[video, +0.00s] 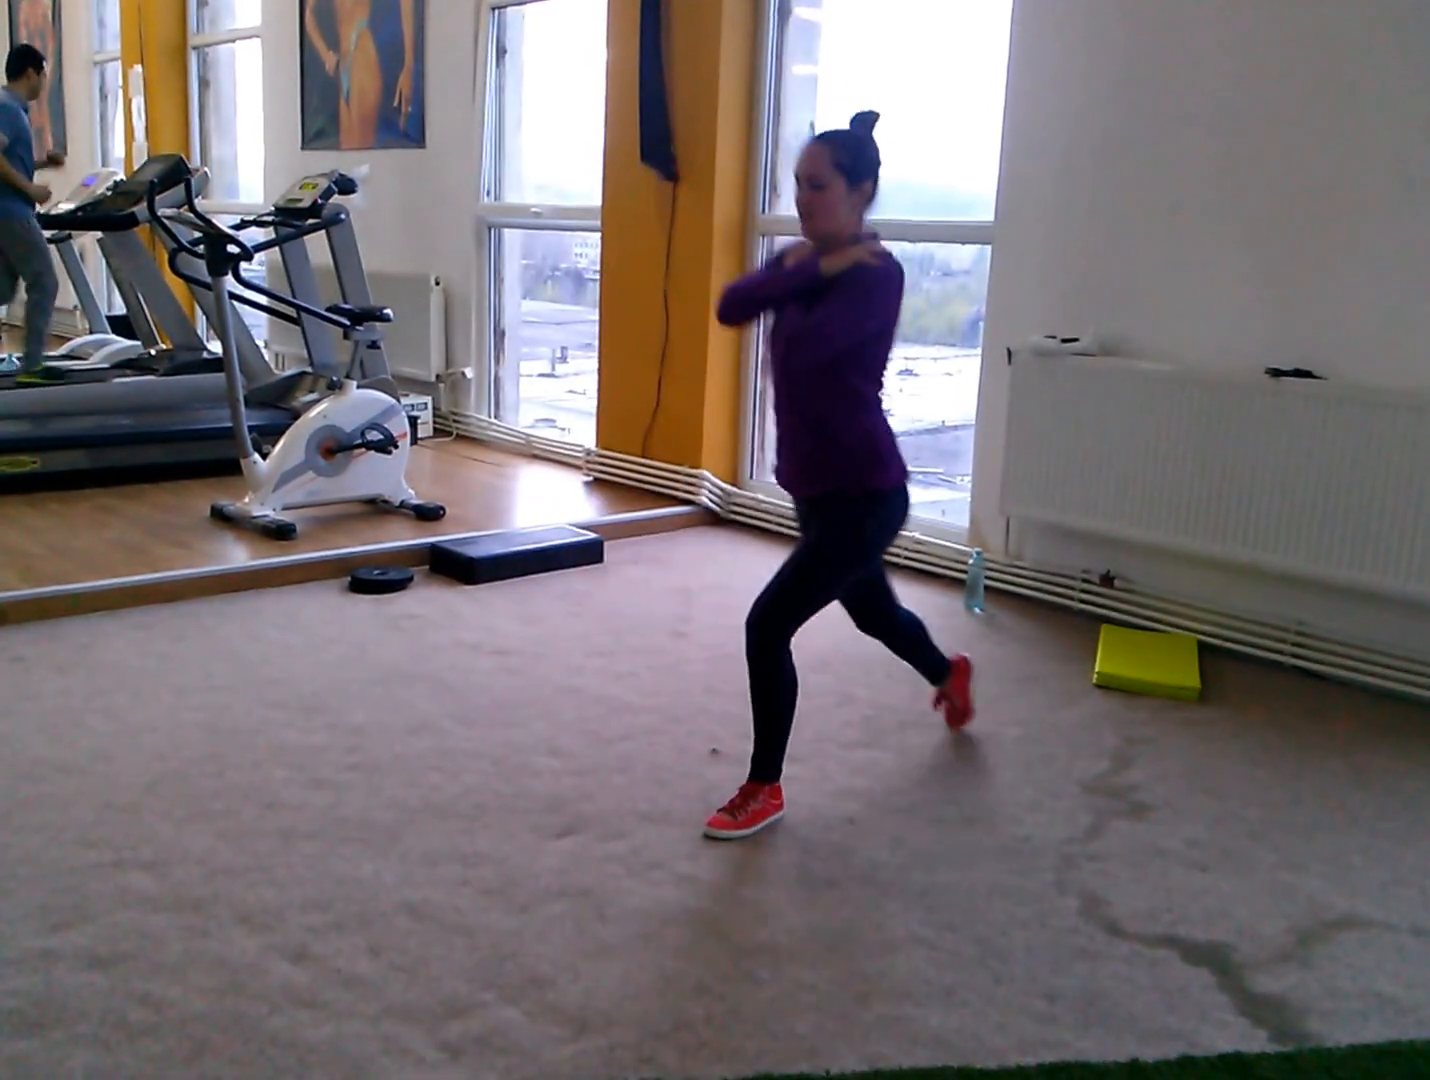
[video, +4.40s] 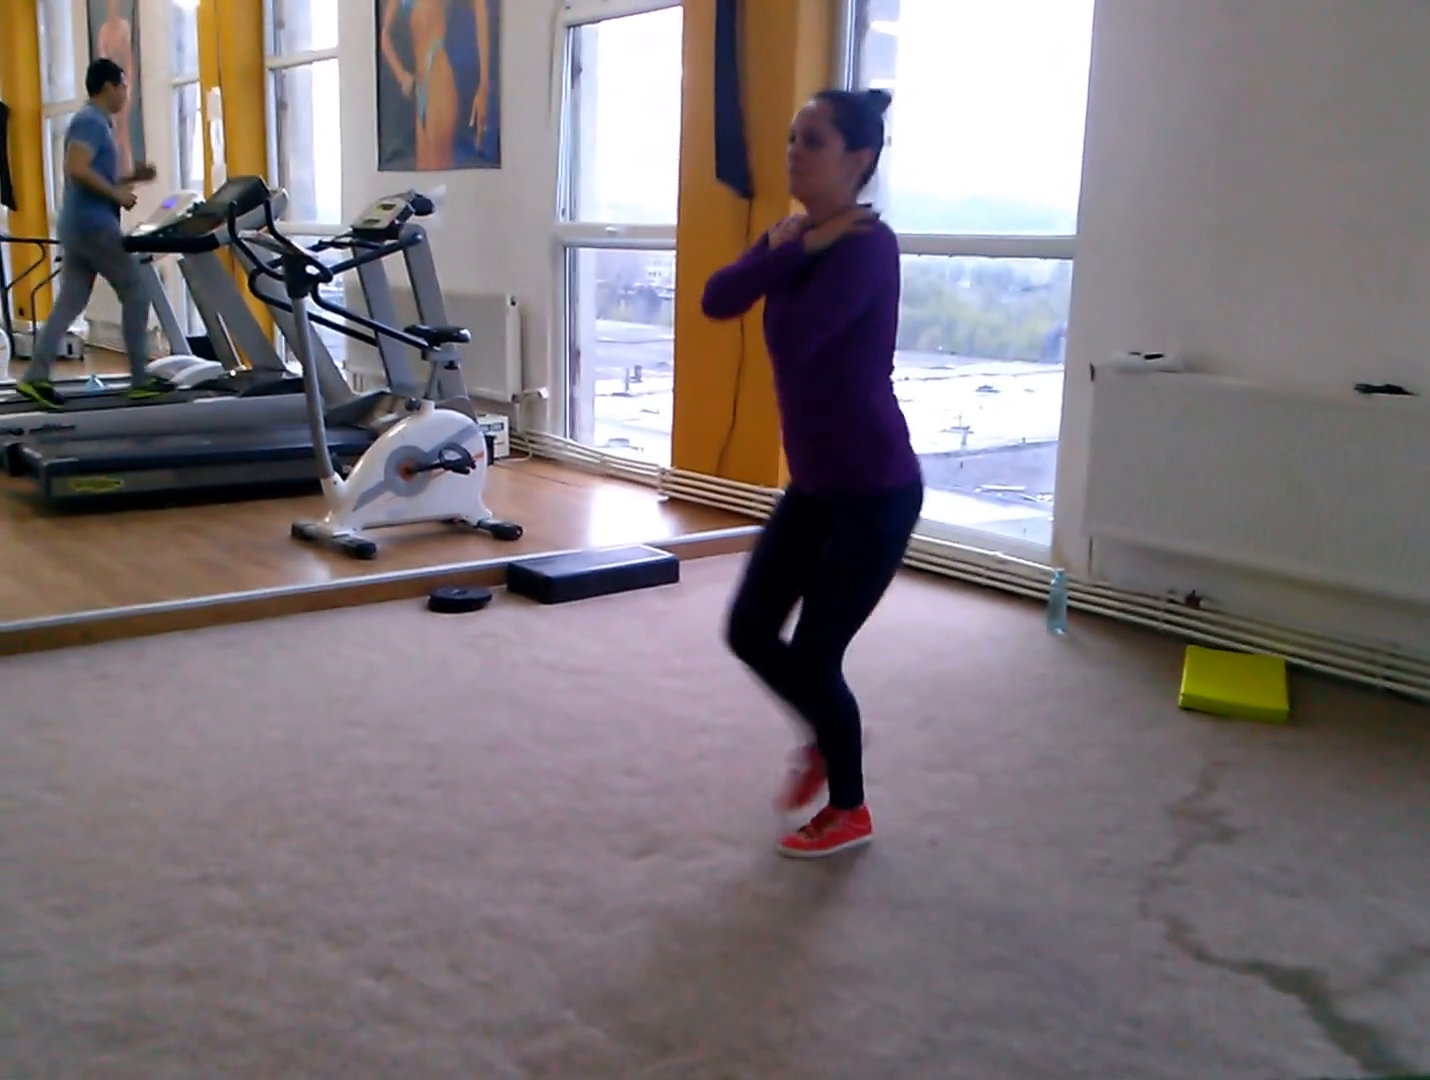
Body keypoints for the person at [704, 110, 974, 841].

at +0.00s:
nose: (801, 198)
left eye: (817, 185)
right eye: (798, 184)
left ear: (861, 195)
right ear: (799, 190)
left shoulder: (878, 275)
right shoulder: (798, 263)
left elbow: (809, 347)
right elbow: (730, 309)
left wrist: (784, 280)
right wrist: (817, 262)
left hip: (868, 494)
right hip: (814, 491)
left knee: (767, 625)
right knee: (877, 612)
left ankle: (764, 785)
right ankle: (948, 676)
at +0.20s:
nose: (850, 277)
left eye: (865, 266)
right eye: (846, 263)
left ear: (907, 270)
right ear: (842, 263)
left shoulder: (923, 347)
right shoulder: (841, 324)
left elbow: (869, 428)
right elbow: (783, 378)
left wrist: (837, 357)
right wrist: (862, 340)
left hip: (899, 547)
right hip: (842, 539)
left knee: (792, 624)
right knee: (898, 664)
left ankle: (770, 787)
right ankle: (995, 681)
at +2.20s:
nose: (757, 231)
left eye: (774, 219)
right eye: (755, 215)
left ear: (825, 228)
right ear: (753, 217)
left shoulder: (851, 306)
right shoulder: (764, 287)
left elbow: (789, 418)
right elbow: (709, 372)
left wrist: (766, 326)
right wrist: (790, 318)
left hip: (901, 500)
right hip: (856, 497)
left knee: (797, 622)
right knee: (920, 582)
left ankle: (797, 782)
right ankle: (990, 641)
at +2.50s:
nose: (830, 293)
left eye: (845, 280)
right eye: (825, 278)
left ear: (888, 285)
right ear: (821, 280)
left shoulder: (907, 358)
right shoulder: (819, 342)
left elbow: (853, 449)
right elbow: (766, 412)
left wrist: (815, 371)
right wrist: (845, 365)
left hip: (935, 551)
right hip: (879, 549)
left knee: (818, 622)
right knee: (946, 638)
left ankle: (806, 785)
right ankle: (1020, 662)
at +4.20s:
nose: (791, 212)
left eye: (808, 198)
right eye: (787, 197)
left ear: (856, 211)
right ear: (785, 207)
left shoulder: (869, 297)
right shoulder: (782, 286)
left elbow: (822, 404)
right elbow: (724, 366)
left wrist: (770, 321)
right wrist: (789, 306)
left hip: (916, 502)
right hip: (859, 506)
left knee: (826, 646)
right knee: (863, 655)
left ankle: (843, 806)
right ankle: (965, 675)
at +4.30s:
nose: (790, 172)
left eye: (808, 162)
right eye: (789, 160)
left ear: (856, 181)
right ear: (793, 173)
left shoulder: (868, 266)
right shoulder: (787, 256)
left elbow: (804, 362)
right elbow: (719, 329)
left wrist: (778, 284)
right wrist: (780, 273)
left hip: (898, 492)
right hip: (835, 490)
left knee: (822, 646)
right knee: (797, 640)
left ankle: (845, 807)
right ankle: (907, 694)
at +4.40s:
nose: (794, 154)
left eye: (812, 143)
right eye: (792, 142)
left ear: (859, 159)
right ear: (792, 155)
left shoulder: (870, 245)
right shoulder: (787, 237)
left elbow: (793, 337)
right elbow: (716, 302)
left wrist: (772, 264)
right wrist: (792, 243)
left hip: (878, 490)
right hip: (813, 484)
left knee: (816, 657)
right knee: (749, 631)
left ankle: (850, 808)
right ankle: (827, 734)